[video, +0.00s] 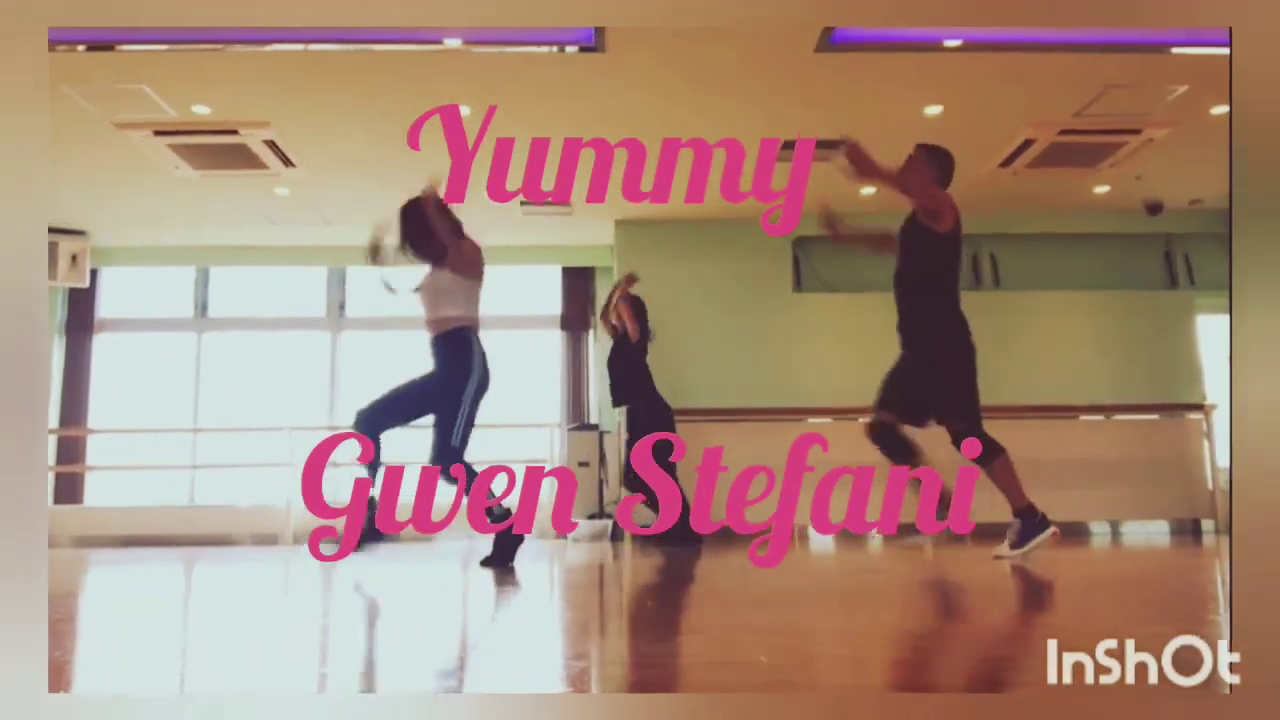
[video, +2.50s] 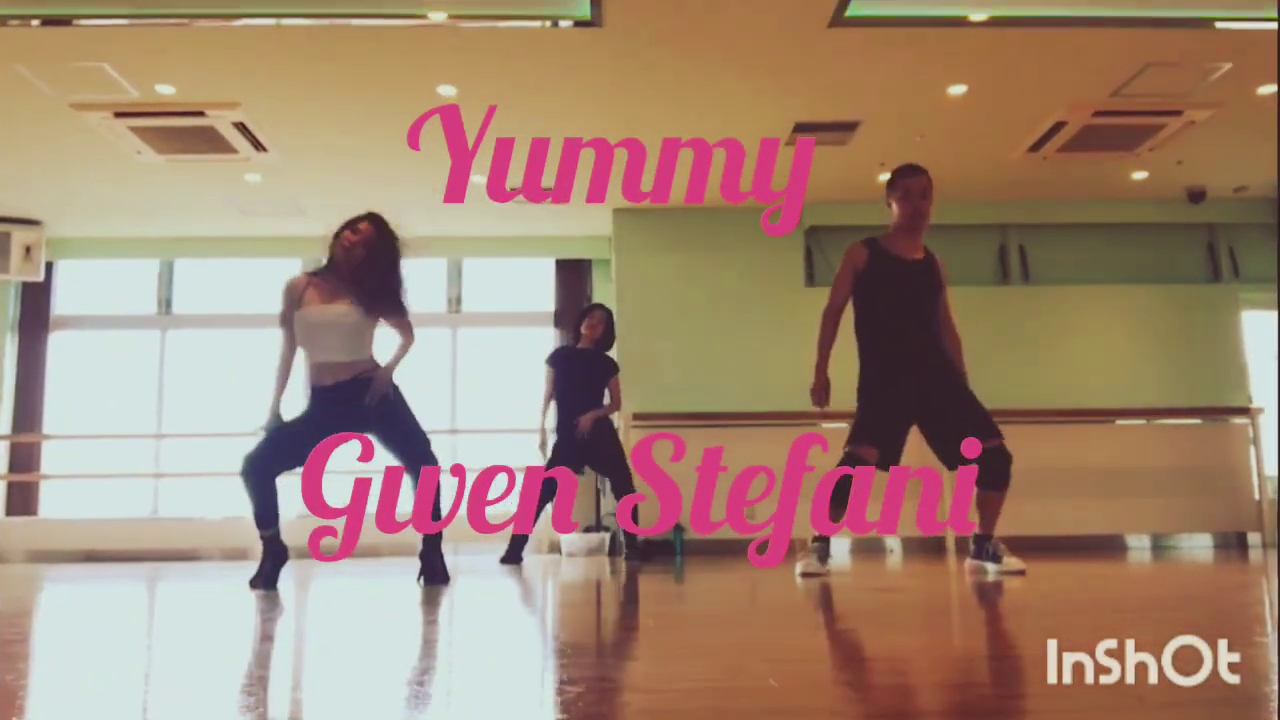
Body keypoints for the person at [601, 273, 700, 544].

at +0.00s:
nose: (617, 314)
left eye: (623, 309)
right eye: (616, 310)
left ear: (632, 314)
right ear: (617, 317)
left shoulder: (634, 339)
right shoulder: (621, 339)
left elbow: (622, 311)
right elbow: (606, 317)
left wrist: (623, 292)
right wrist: (618, 290)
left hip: (653, 413)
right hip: (639, 412)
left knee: (656, 473)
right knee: (634, 475)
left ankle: (683, 526)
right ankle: (671, 522)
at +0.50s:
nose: (576, 317)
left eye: (584, 315)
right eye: (575, 312)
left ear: (593, 325)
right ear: (569, 316)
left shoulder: (590, 351)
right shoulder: (553, 350)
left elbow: (609, 388)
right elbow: (556, 391)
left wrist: (619, 419)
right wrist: (552, 423)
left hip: (579, 437)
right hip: (553, 437)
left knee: (615, 494)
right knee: (517, 488)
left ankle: (668, 542)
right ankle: (517, 555)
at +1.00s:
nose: (520, 313)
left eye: (522, 307)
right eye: (512, 310)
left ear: (531, 313)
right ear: (503, 320)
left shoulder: (549, 346)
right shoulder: (503, 350)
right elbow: (467, 356)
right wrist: (430, 348)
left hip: (534, 430)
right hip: (510, 428)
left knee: (537, 497)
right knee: (510, 493)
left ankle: (493, 535)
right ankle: (486, 550)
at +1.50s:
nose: (564, 316)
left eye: (566, 310)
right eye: (557, 315)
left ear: (575, 314)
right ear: (551, 325)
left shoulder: (596, 344)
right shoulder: (559, 356)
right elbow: (579, 376)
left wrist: (595, 330)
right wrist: (594, 343)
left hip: (606, 425)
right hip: (578, 427)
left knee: (627, 483)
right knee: (552, 484)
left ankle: (639, 542)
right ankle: (514, 533)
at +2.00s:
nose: (599, 310)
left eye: (605, 307)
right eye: (596, 305)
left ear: (614, 313)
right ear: (588, 310)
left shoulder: (619, 342)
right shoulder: (576, 343)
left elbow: (625, 362)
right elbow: (566, 375)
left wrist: (621, 364)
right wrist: (557, 395)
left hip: (615, 417)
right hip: (585, 417)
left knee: (631, 476)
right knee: (571, 474)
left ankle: (641, 534)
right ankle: (554, 530)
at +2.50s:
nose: (592, 324)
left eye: (599, 323)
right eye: (589, 319)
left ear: (605, 331)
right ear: (581, 322)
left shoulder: (606, 363)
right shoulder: (560, 356)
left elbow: (616, 404)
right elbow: (548, 396)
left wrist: (593, 415)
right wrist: (542, 430)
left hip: (601, 436)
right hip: (568, 437)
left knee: (623, 485)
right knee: (543, 491)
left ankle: (632, 545)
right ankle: (515, 549)